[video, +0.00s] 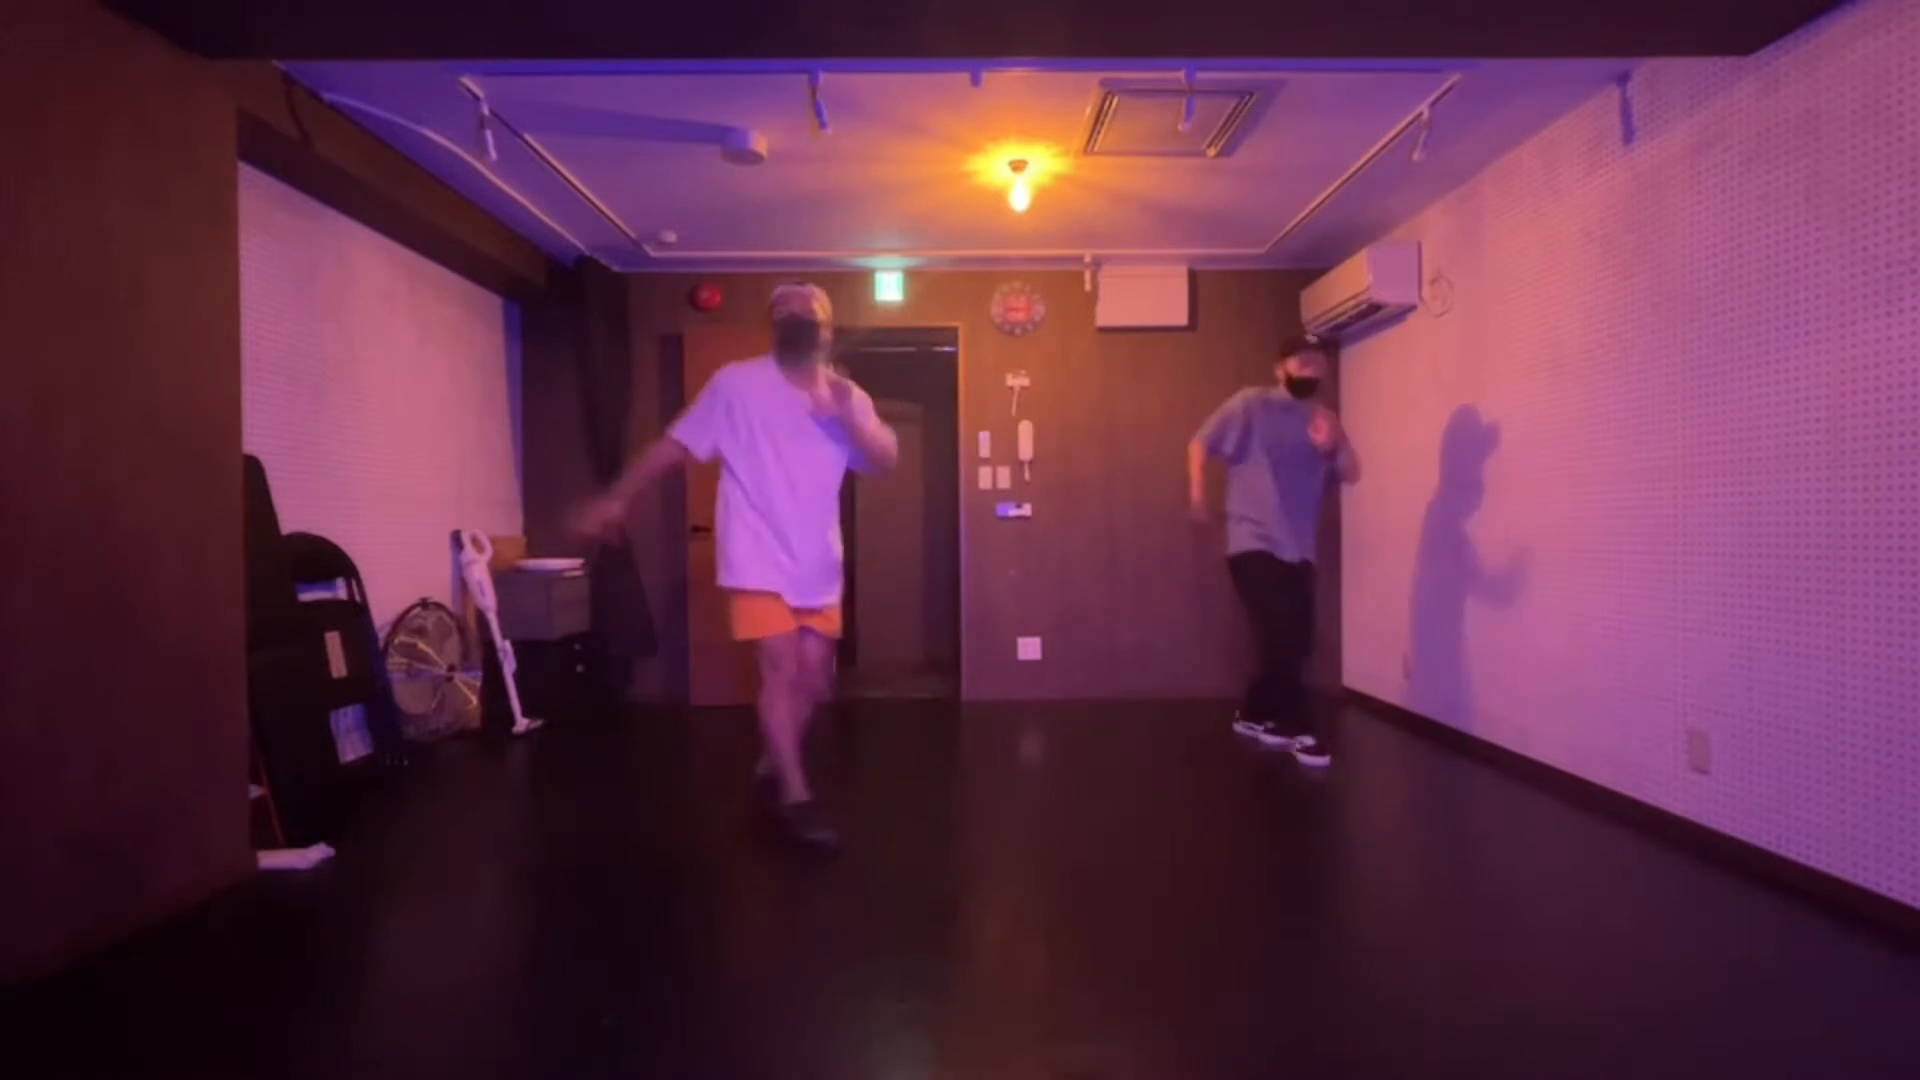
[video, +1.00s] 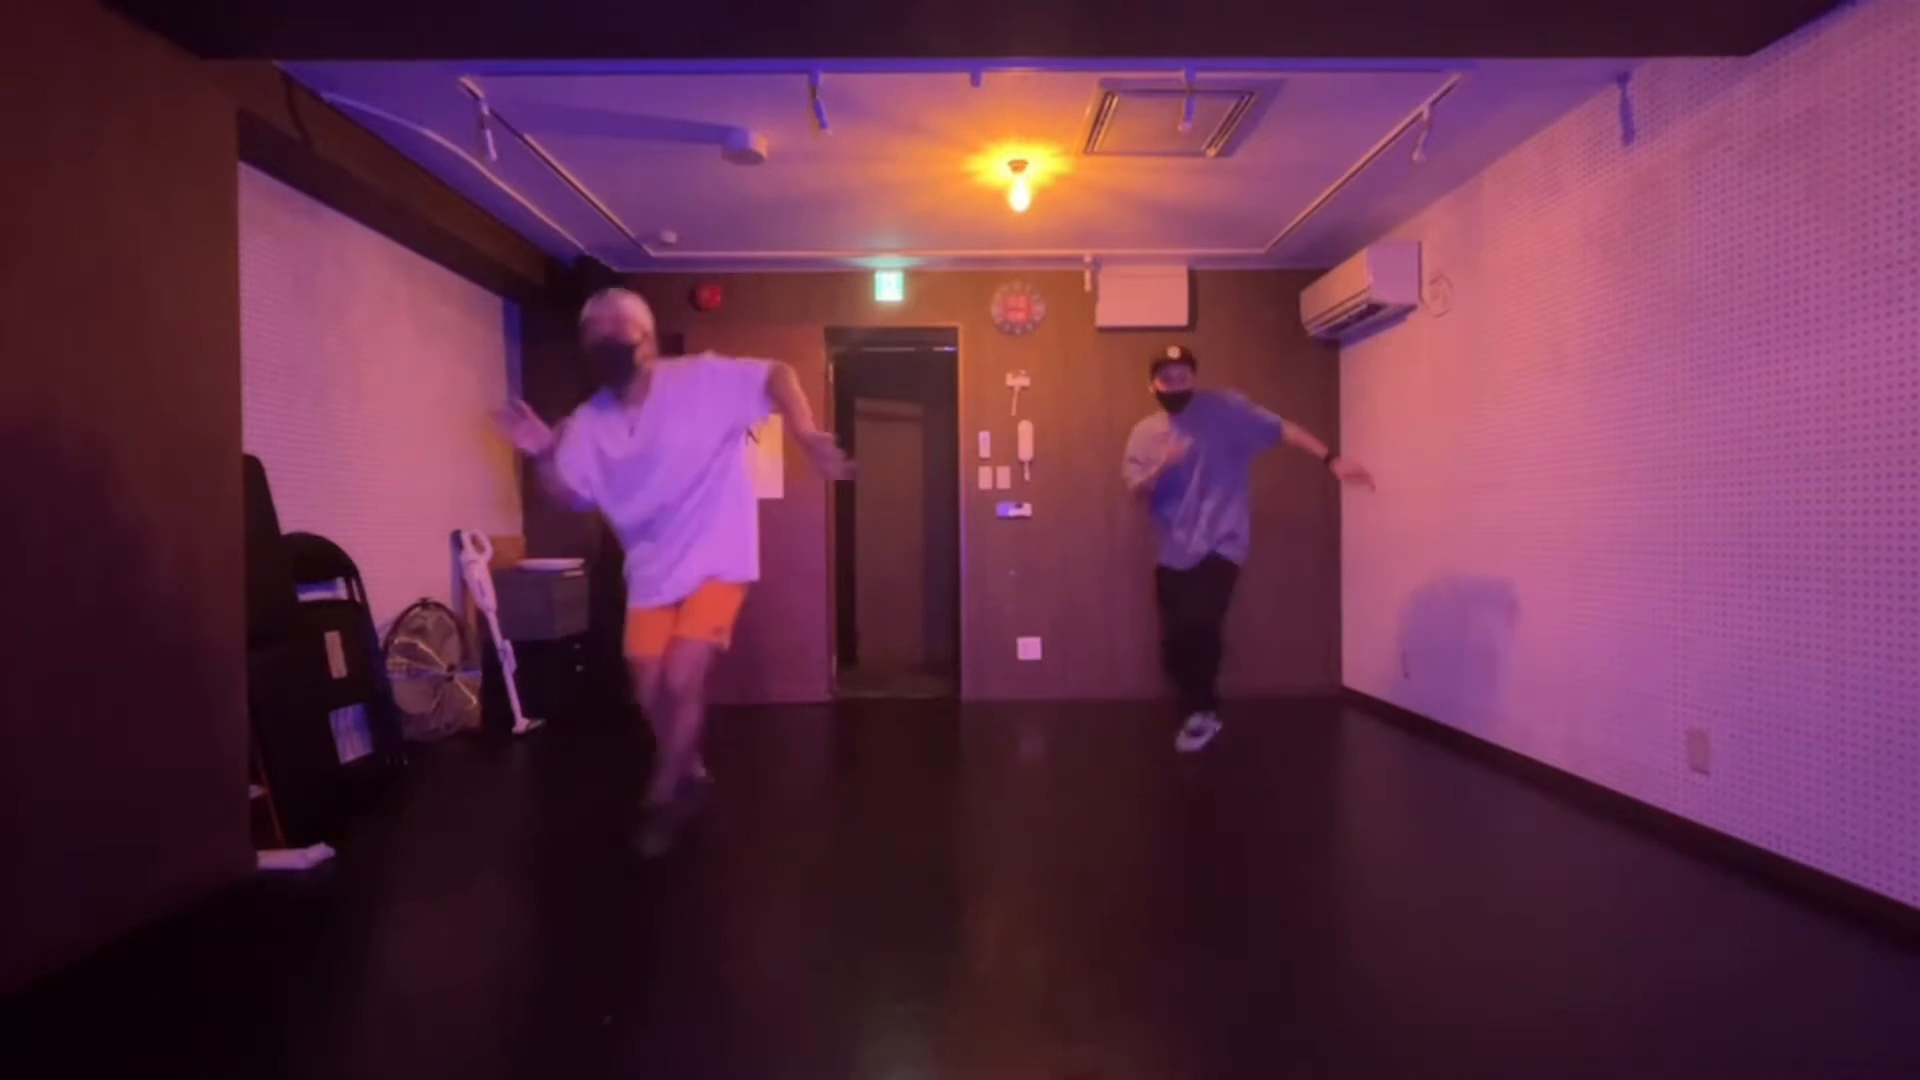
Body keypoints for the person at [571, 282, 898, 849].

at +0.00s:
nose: (800, 328)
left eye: (811, 320)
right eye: (790, 319)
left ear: (829, 330)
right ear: (774, 326)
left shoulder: (843, 393)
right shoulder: (737, 384)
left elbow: (886, 458)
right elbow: (673, 446)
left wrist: (847, 414)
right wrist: (617, 499)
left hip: (818, 555)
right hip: (756, 554)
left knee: (814, 673)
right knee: (780, 665)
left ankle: (769, 769)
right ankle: (795, 796)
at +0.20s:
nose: (764, 333)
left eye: (773, 324)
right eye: (751, 326)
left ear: (793, 333)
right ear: (735, 340)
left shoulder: (822, 395)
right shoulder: (709, 393)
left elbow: (889, 411)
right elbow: (630, 429)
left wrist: (829, 374)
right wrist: (551, 432)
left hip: (801, 566)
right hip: (735, 566)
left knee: (790, 675)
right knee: (750, 671)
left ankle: (759, 784)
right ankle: (742, 792)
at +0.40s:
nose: (717, 323)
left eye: (728, 313)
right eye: (706, 315)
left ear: (752, 327)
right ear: (693, 329)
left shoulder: (790, 380)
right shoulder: (674, 385)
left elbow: (858, 372)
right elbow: (597, 417)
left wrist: (790, 342)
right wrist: (524, 389)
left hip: (776, 550)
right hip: (706, 555)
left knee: (772, 660)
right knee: (699, 672)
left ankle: (762, 783)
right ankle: (683, 779)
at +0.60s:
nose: (682, 317)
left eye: (693, 306)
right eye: (673, 309)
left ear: (716, 315)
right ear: (661, 321)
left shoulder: (761, 370)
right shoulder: (642, 378)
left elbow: (826, 349)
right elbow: (568, 405)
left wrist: (759, 339)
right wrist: (513, 381)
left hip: (755, 548)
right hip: (682, 555)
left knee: (764, 659)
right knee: (681, 671)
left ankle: (761, 781)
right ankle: (678, 779)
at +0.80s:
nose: (650, 323)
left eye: (661, 313)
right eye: (639, 315)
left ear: (685, 319)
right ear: (625, 325)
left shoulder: (724, 361)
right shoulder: (609, 387)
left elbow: (793, 369)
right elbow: (571, 444)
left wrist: (750, 404)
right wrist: (544, 435)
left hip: (730, 548)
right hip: (659, 557)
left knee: (734, 666)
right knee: (669, 674)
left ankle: (756, 784)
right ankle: (679, 785)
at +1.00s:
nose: (613, 345)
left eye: (624, 333)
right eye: (600, 337)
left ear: (649, 339)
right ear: (586, 351)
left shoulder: (701, 377)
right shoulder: (587, 425)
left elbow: (777, 375)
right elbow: (569, 499)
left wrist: (810, 438)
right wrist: (544, 455)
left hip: (720, 551)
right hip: (652, 566)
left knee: (682, 677)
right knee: (649, 689)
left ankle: (658, 805)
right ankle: (693, 779)